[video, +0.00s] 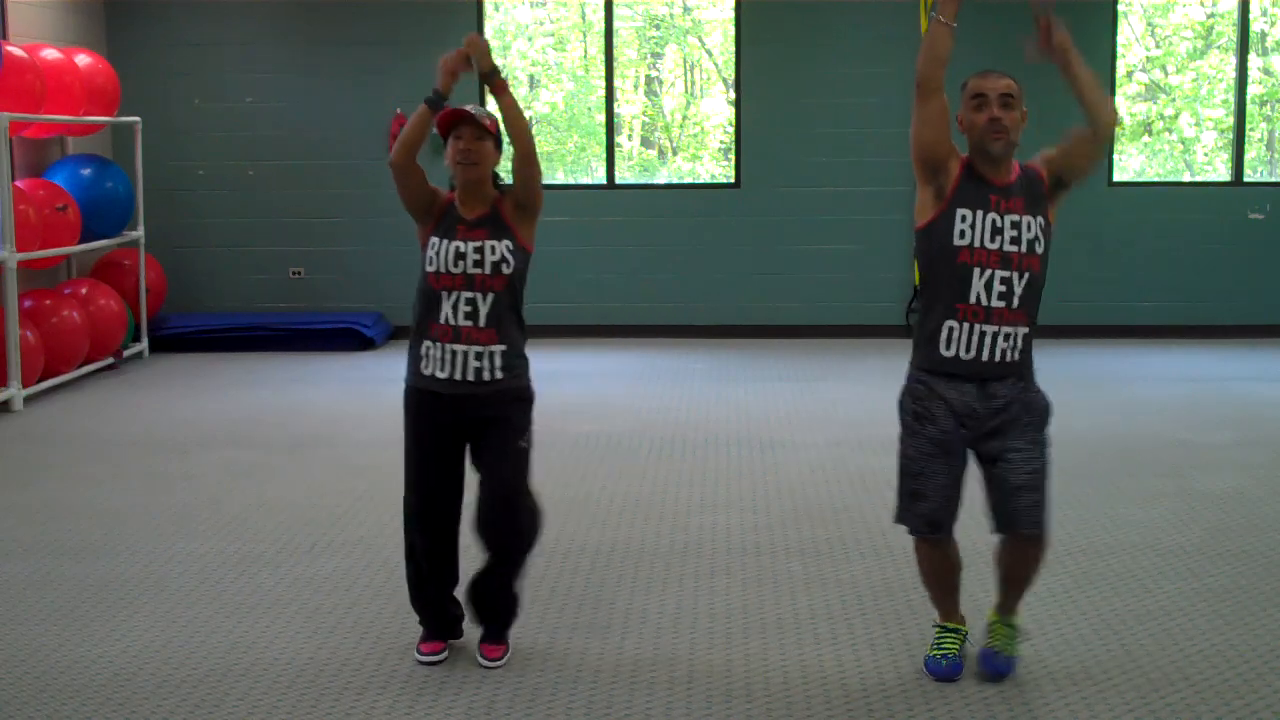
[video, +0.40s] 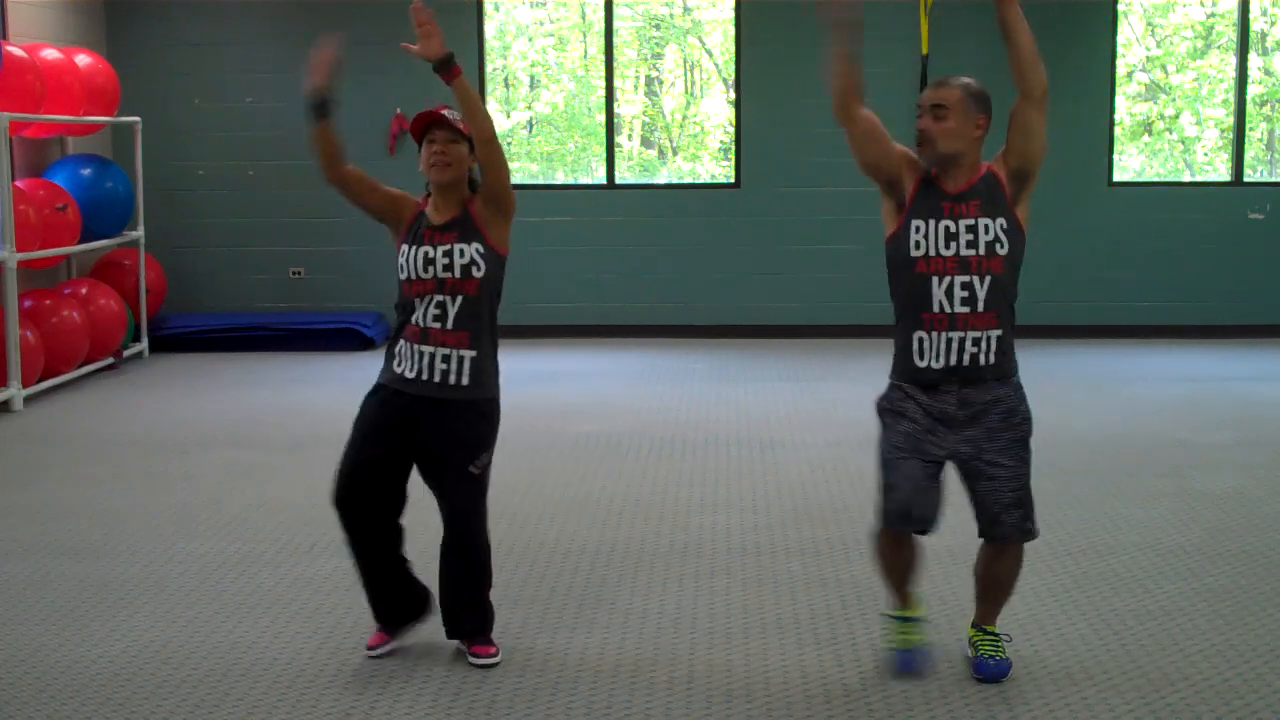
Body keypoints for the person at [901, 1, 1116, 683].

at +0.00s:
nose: (993, 112)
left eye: (1006, 102)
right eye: (979, 102)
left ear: (1023, 118)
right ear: (960, 121)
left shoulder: (1043, 183)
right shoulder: (941, 177)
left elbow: (1102, 126)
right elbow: (926, 85)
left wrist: (1065, 51)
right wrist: (944, 11)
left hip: (1012, 395)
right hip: (935, 393)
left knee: (1026, 528)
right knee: (928, 524)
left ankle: (1006, 619)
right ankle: (950, 624)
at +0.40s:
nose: (926, 123)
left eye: (942, 113)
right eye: (922, 114)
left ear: (981, 127)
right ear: (919, 126)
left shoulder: (1009, 181)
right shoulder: (902, 182)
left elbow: (1035, 90)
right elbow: (849, 109)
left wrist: (1008, 4)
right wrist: (843, 24)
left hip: (993, 400)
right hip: (915, 399)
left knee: (1008, 531)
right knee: (897, 521)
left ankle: (985, 630)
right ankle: (904, 612)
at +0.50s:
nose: (906, 123)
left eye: (920, 113)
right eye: (906, 113)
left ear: (964, 125)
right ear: (908, 122)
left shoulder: (1000, 179)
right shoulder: (888, 180)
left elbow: (1031, 87)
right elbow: (812, 139)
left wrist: (1011, 4)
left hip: (980, 399)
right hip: (899, 395)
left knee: (996, 532)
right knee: (847, 511)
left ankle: (984, 630)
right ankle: (795, 614)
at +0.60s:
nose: (888, 119)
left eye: (903, 110)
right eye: (888, 110)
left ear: (946, 122)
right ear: (894, 121)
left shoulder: (984, 180)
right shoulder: (866, 180)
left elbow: (1019, 85)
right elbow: (775, 175)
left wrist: (1005, 4)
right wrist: (688, 186)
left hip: (960, 398)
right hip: (879, 394)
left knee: (990, 529)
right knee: (815, 511)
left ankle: (982, 628)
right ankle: (750, 612)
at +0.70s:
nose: (871, 118)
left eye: (887, 109)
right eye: (872, 108)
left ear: (930, 123)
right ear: (875, 120)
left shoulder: (964, 178)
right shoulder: (846, 184)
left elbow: (1005, 90)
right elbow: (759, 208)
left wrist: (994, 7)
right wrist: (686, 262)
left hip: (941, 394)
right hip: (857, 392)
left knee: (995, 518)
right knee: (800, 510)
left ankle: (978, 619)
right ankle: (745, 616)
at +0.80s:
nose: (860, 121)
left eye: (876, 112)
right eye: (862, 112)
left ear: (917, 126)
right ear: (871, 124)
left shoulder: (955, 182)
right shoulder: (837, 190)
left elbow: (1000, 94)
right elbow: (759, 236)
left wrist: (989, 6)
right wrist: (734, 314)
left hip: (931, 395)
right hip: (848, 396)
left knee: (988, 517)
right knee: (792, 511)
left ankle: (988, 618)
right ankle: (746, 621)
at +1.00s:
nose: (886, 139)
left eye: (901, 128)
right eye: (882, 128)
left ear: (939, 138)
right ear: (876, 137)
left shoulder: (971, 194)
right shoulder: (857, 213)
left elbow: (1015, 107)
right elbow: (824, 312)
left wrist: (1000, 13)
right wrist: (842, 283)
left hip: (945, 409)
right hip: (865, 408)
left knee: (990, 534)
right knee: (800, 519)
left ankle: (991, 630)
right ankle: (748, 623)